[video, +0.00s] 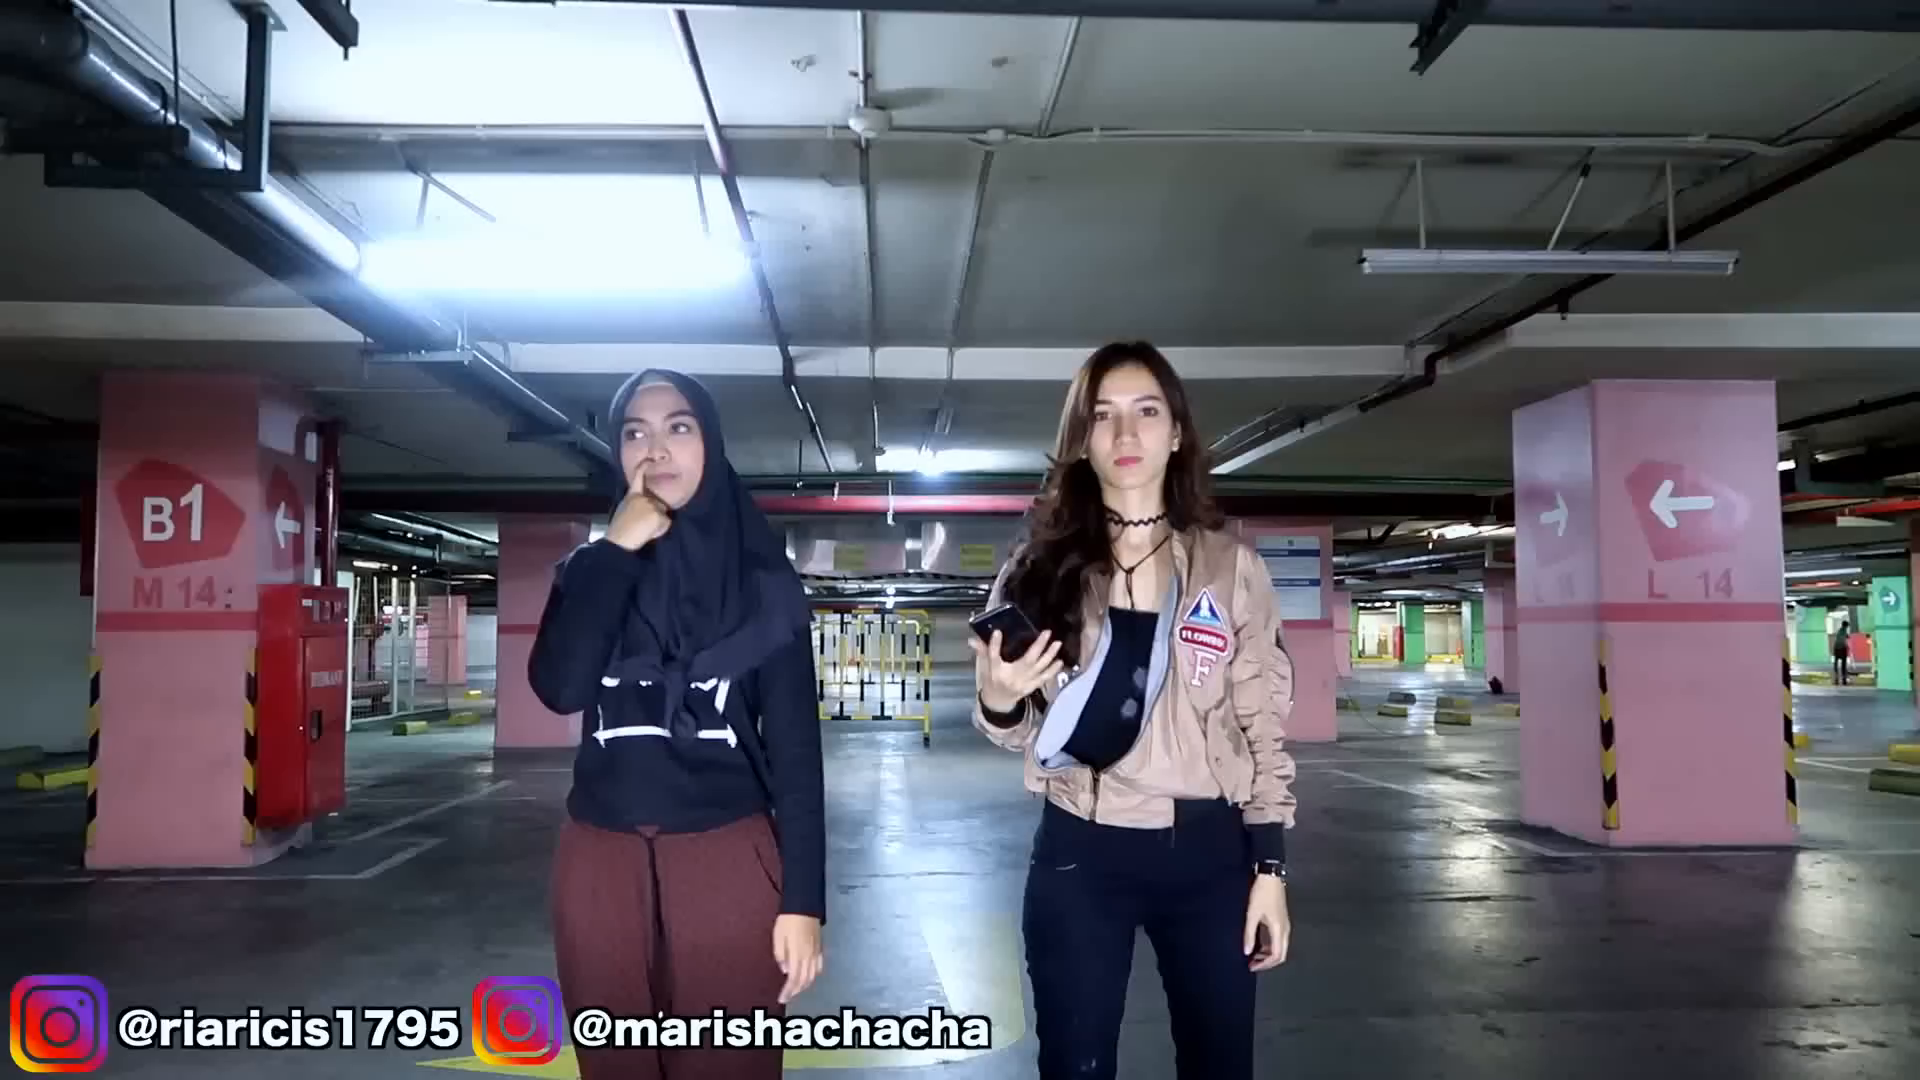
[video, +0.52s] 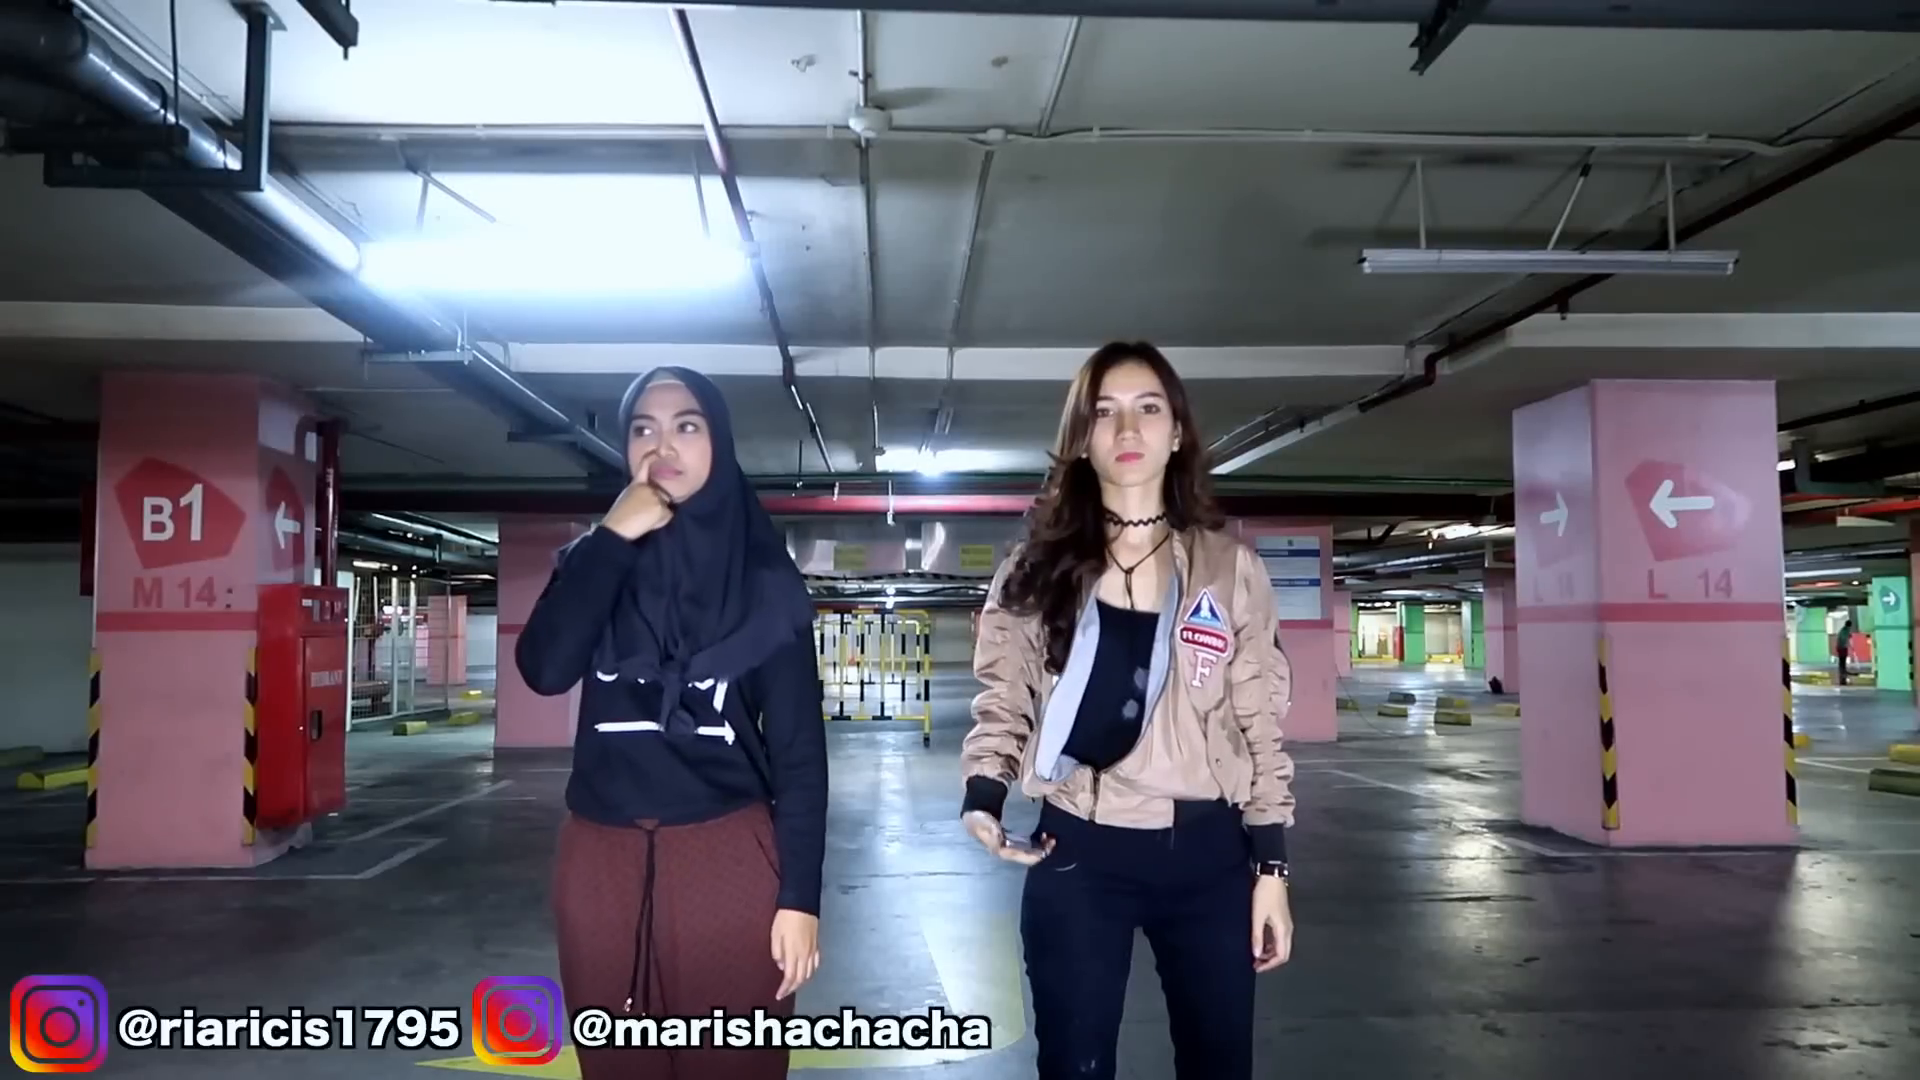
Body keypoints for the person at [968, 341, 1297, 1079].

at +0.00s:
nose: (1125, 431)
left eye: (1146, 411)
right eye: (1104, 415)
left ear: (1176, 432)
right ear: (1081, 438)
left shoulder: (1232, 566)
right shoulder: (1040, 563)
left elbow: (1261, 722)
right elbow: (1008, 733)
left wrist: (1269, 864)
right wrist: (998, 703)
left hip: (1207, 854)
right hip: (1078, 853)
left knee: (1221, 1068)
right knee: (1075, 1069)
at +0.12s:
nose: (1126, 431)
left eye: (1147, 411)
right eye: (1105, 415)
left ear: (1177, 432)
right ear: (1082, 437)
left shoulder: (1232, 565)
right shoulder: (1037, 562)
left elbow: (1261, 722)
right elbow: (992, 721)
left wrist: (1270, 865)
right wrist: (998, 721)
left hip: (1208, 854)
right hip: (1078, 854)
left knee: (1221, 1068)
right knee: (1075, 1070)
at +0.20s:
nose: (1127, 430)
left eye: (1148, 411)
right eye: (1107, 415)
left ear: (1178, 431)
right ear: (1083, 437)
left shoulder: (1232, 566)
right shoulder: (1038, 563)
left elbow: (1259, 723)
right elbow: (992, 705)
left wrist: (1270, 867)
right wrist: (1004, 738)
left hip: (1208, 856)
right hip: (1080, 855)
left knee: (1222, 1068)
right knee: (1076, 1070)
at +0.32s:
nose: (1128, 428)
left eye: (1149, 409)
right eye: (1107, 412)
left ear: (1179, 430)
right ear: (1084, 437)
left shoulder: (1233, 568)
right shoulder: (1036, 566)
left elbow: (1259, 724)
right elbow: (1000, 693)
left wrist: (1270, 867)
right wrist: (988, 771)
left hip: (1207, 857)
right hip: (1078, 856)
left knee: (1220, 1067)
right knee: (1077, 1070)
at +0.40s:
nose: (1128, 427)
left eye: (1149, 409)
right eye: (1108, 412)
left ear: (1179, 430)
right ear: (1084, 437)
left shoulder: (1233, 568)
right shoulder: (1037, 566)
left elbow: (1259, 722)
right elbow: (1002, 692)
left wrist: (1270, 867)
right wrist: (983, 796)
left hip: (1207, 856)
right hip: (1078, 855)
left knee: (1219, 1068)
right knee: (1076, 1070)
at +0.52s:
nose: (1127, 427)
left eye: (1148, 409)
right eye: (1106, 412)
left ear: (1177, 430)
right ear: (1082, 436)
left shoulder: (1231, 565)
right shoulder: (1035, 564)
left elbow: (1259, 720)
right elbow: (1003, 694)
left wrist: (1271, 863)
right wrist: (982, 798)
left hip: (1206, 855)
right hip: (1076, 854)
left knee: (1220, 1068)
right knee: (1075, 1070)